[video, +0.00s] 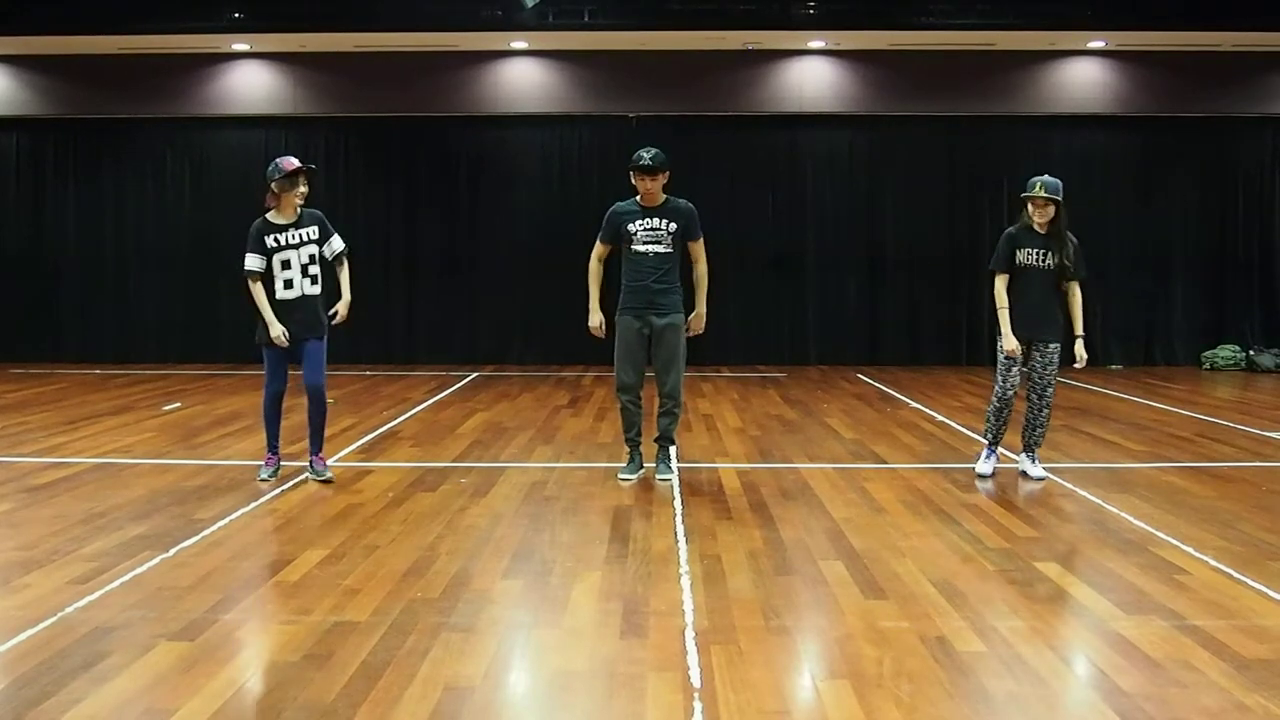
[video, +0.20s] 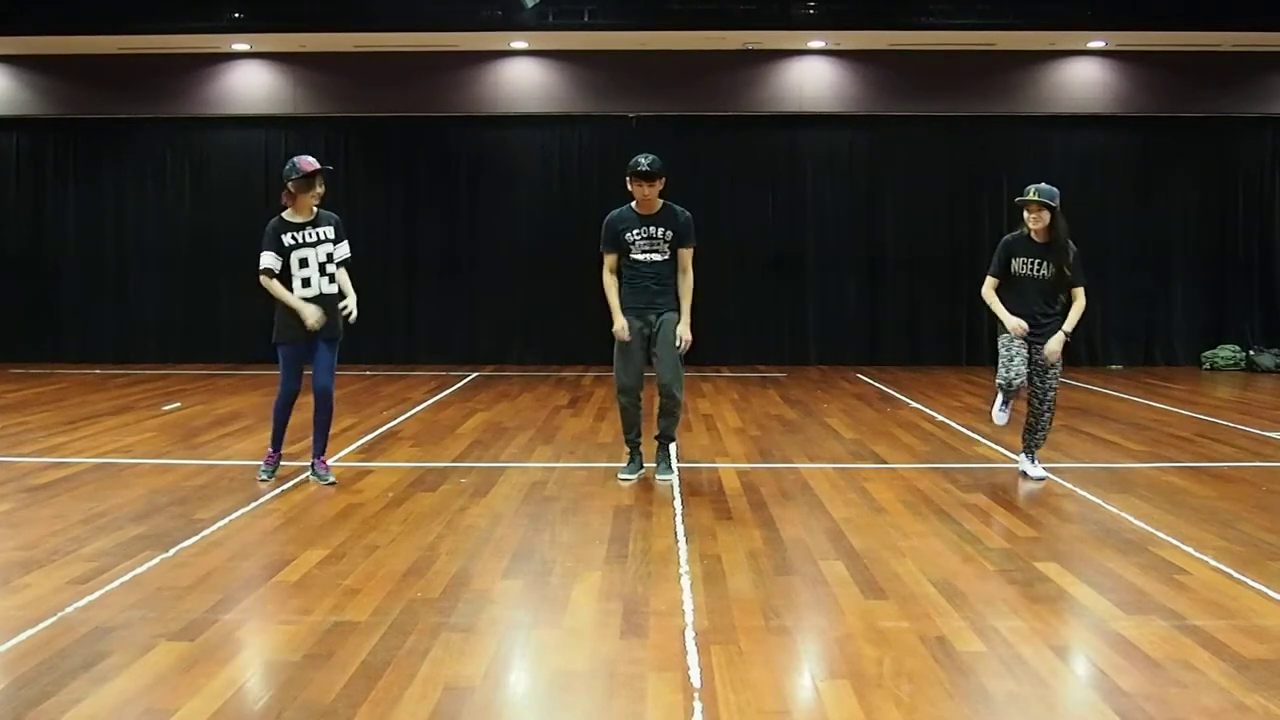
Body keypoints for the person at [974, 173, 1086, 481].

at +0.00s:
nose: (1040, 209)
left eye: (1046, 204)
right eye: (1035, 203)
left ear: (1057, 207)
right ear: (1027, 205)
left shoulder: (1067, 242)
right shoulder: (1012, 238)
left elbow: (1074, 290)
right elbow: (1000, 286)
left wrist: (1079, 338)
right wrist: (1006, 333)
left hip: (1050, 336)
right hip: (1015, 332)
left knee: (1041, 398)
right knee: (1004, 393)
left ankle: (1029, 455)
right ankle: (989, 450)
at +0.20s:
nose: (1033, 215)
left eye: (1040, 210)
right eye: (1028, 209)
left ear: (1052, 214)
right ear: (1023, 212)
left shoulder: (1065, 249)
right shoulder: (1010, 244)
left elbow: (1079, 299)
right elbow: (988, 289)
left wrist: (1062, 335)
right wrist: (1007, 318)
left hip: (1049, 331)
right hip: (1014, 328)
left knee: (1044, 399)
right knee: (1013, 379)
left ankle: (1029, 455)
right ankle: (1006, 395)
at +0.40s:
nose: (1025, 202)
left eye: (1032, 197)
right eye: (1021, 197)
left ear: (1045, 201)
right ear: (1016, 201)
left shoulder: (1062, 238)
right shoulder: (1006, 234)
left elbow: (1080, 280)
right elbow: (974, 276)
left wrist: (1048, 273)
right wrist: (1000, 255)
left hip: (1044, 330)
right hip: (1008, 322)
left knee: (1037, 393)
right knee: (1002, 375)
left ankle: (1029, 453)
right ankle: (1006, 420)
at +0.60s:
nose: (1016, 202)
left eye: (1023, 197)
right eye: (1012, 197)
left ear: (1037, 201)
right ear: (1007, 202)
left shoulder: (1052, 239)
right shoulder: (997, 235)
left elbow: (1060, 277)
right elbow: (970, 272)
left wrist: (1035, 244)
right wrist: (990, 234)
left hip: (1034, 329)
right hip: (998, 327)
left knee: (1031, 395)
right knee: (999, 393)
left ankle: (1031, 451)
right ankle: (1000, 461)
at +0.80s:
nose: (1006, 203)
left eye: (1014, 199)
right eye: (1003, 198)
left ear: (1029, 205)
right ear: (998, 203)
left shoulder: (1044, 239)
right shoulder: (989, 235)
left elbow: (1050, 272)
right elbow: (962, 272)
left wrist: (1023, 238)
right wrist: (983, 233)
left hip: (1026, 322)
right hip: (991, 324)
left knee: (1004, 365)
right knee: (993, 397)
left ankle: (1020, 402)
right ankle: (1000, 462)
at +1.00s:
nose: (1004, 193)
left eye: (1013, 189)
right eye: (1001, 188)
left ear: (1027, 196)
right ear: (995, 194)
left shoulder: (1037, 230)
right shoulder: (983, 229)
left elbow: (1052, 256)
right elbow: (951, 258)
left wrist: (1019, 225)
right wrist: (979, 222)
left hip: (1024, 319)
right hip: (988, 320)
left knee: (999, 379)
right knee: (990, 390)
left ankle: (1013, 440)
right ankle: (1001, 459)